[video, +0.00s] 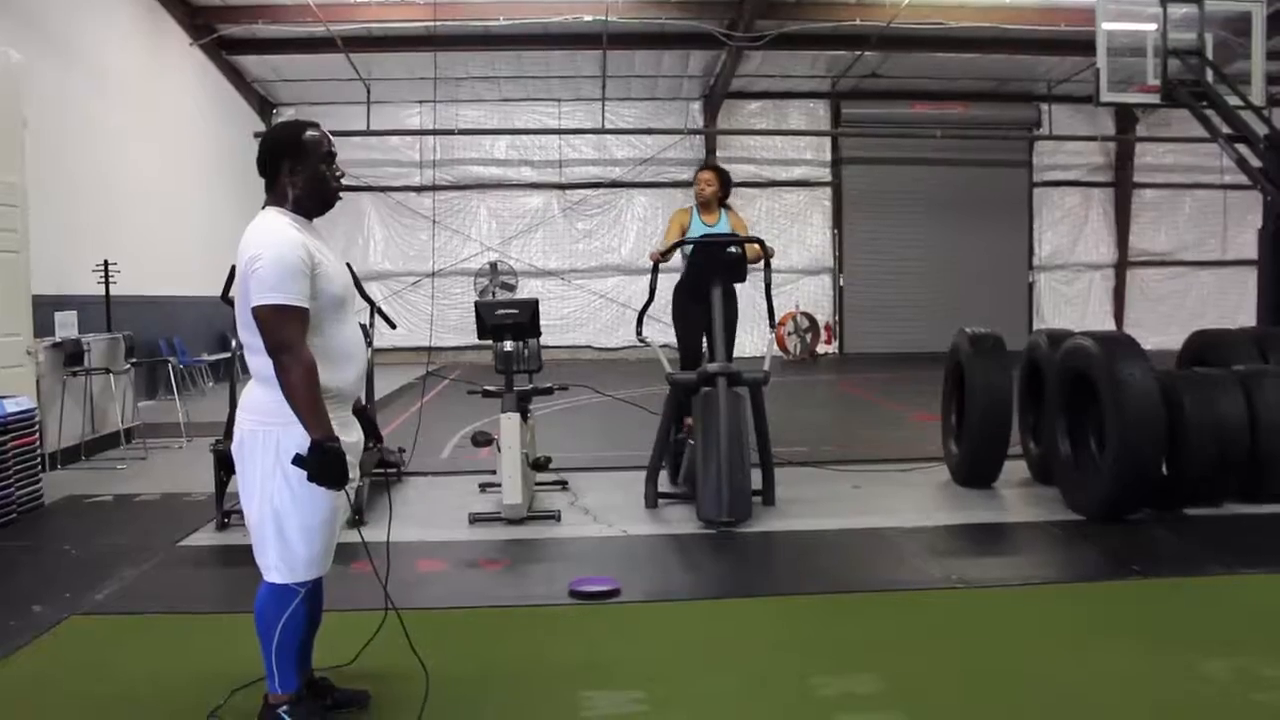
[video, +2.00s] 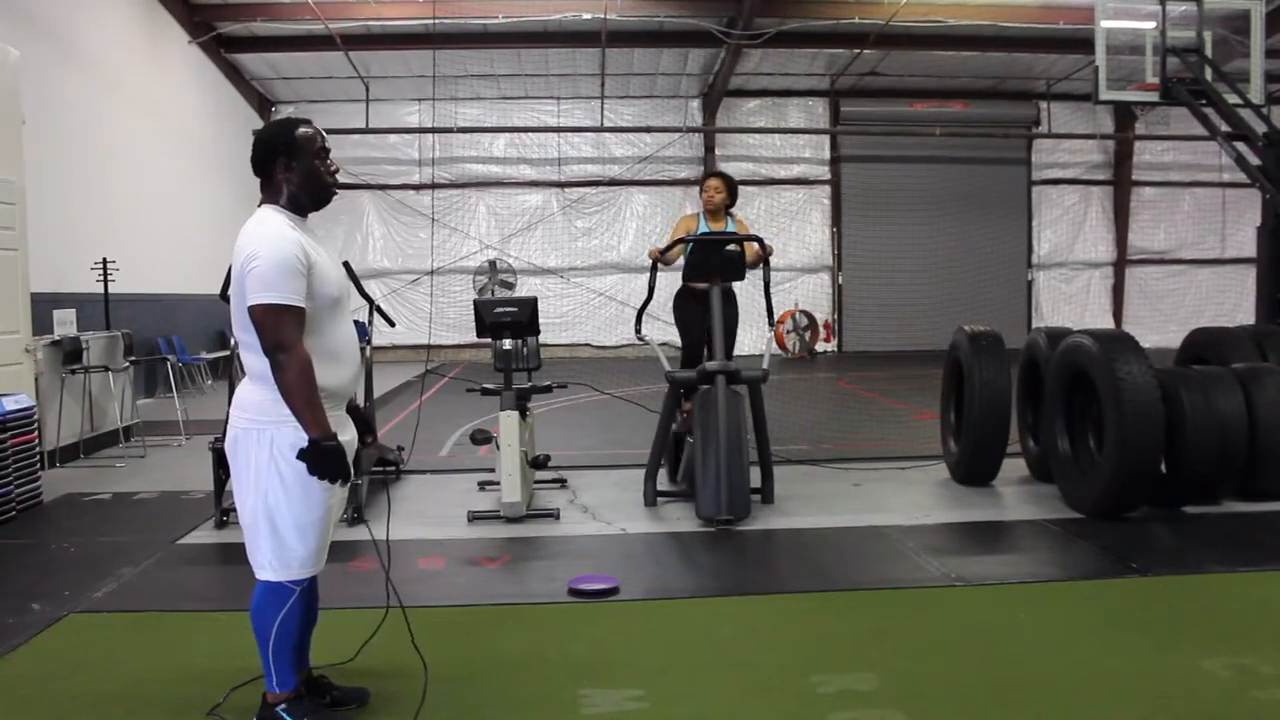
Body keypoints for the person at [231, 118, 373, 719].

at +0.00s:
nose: (339, 172)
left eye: (335, 161)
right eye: (326, 161)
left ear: (297, 173)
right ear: (291, 171)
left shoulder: (298, 238)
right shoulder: (275, 241)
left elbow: (324, 341)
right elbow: (286, 351)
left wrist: (361, 412)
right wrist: (323, 439)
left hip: (308, 428)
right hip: (285, 431)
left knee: (307, 567)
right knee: (289, 572)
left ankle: (299, 682)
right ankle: (285, 698)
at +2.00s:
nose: (335, 166)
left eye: (330, 155)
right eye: (321, 156)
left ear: (291, 171)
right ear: (286, 169)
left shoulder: (297, 237)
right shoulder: (272, 239)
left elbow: (318, 339)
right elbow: (281, 349)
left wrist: (352, 408)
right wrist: (320, 435)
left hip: (303, 428)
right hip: (278, 432)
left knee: (301, 565)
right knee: (284, 570)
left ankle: (298, 679)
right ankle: (280, 698)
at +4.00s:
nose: (336, 165)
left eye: (331, 154)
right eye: (323, 156)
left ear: (292, 171)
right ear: (288, 169)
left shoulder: (296, 238)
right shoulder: (274, 242)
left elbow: (312, 345)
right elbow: (283, 353)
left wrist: (350, 411)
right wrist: (318, 441)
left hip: (301, 429)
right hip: (278, 432)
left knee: (301, 566)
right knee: (284, 572)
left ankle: (297, 680)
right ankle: (281, 698)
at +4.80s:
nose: (334, 165)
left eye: (330, 154)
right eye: (320, 155)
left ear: (292, 171)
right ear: (285, 169)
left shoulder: (296, 237)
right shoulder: (272, 240)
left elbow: (311, 341)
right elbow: (283, 351)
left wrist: (349, 405)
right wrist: (319, 438)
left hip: (300, 428)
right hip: (275, 432)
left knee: (298, 565)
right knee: (282, 570)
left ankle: (297, 679)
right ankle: (280, 697)